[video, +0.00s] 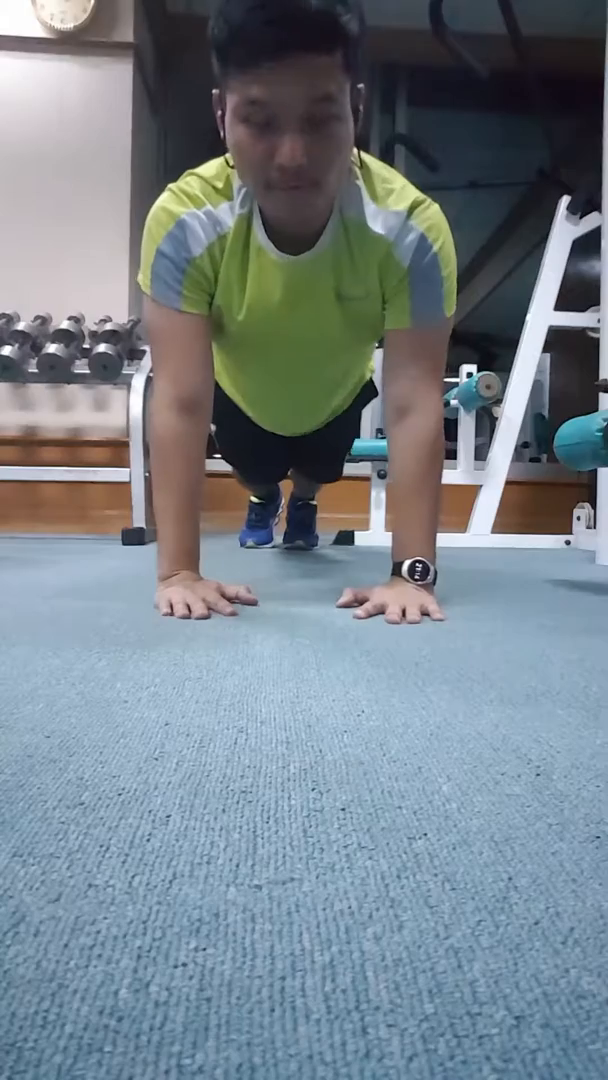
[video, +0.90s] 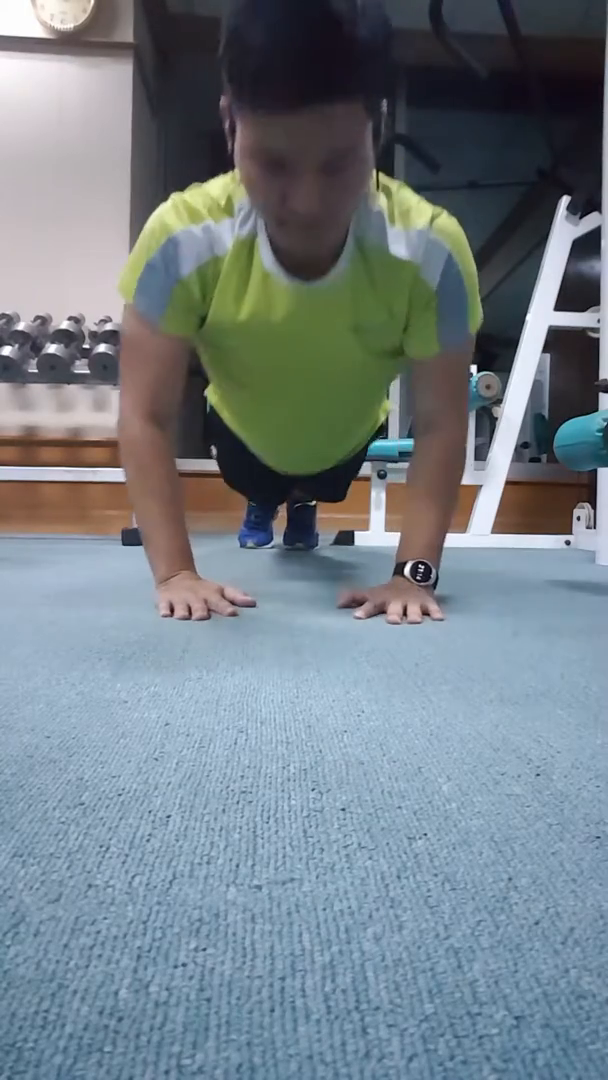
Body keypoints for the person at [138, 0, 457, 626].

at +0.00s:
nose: (292, 153)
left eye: (320, 119)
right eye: (261, 121)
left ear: (355, 111)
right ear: (222, 117)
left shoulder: (410, 231)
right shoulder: (185, 221)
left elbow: (416, 405)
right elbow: (179, 403)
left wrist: (413, 573)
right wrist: (179, 572)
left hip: (335, 397)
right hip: (240, 394)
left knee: (313, 469)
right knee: (255, 469)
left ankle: (300, 502)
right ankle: (264, 498)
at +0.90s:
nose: (306, 200)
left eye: (337, 166)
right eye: (276, 165)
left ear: (377, 127)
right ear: (229, 126)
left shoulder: (428, 250)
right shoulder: (185, 239)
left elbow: (441, 426)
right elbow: (144, 418)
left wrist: (415, 575)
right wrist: (175, 575)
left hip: (344, 436)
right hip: (244, 431)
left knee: (315, 486)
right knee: (257, 482)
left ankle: (301, 508)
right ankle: (263, 506)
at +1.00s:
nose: (306, 248)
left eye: (337, 212)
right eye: (271, 215)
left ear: (376, 171)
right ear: (222, 169)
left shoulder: (428, 275)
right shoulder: (175, 260)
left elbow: (451, 436)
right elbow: (125, 427)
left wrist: (415, 574)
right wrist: (173, 574)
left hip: (339, 463)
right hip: (240, 458)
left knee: (314, 499)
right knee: (256, 498)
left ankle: (301, 519)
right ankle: (260, 518)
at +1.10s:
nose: (303, 308)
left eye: (336, 274)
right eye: (268, 274)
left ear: (380, 219)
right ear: (219, 216)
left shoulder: (435, 315)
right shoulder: (167, 296)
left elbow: (459, 448)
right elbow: (114, 439)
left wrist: (416, 575)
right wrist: (172, 574)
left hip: (336, 487)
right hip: (235, 484)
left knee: (317, 515)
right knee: (250, 516)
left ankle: (304, 531)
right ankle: (259, 528)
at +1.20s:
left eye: (342, 337)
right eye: (270, 337)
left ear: (383, 284)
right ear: (217, 272)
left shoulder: (442, 356)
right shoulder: (162, 333)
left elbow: (469, 451)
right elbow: (107, 446)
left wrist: (416, 576)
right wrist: (173, 576)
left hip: (337, 506)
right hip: (225, 499)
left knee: (324, 528)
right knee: (250, 532)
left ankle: (325, 534)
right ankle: (264, 545)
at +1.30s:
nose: (304, 443)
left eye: (341, 410)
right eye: (268, 407)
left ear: (383, 361)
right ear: (220, 344)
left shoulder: (447, 396)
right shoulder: (154, 377)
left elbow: (476, 456)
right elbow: (99, 450)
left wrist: (418, 574)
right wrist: (172, 575)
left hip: (343, 527)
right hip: (226, 531)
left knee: (321, 546)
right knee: (240, 549)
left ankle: (303, 558)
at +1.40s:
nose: (305, 512)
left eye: (343, 480)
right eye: (269, 480)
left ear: (385, 431)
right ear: (222, 423)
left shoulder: (450, 436)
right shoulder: (151, 421)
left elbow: (486, 461)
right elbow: (90, 447)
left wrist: (420, 574)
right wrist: (171, 576)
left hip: (353, 560)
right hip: (226, 557)